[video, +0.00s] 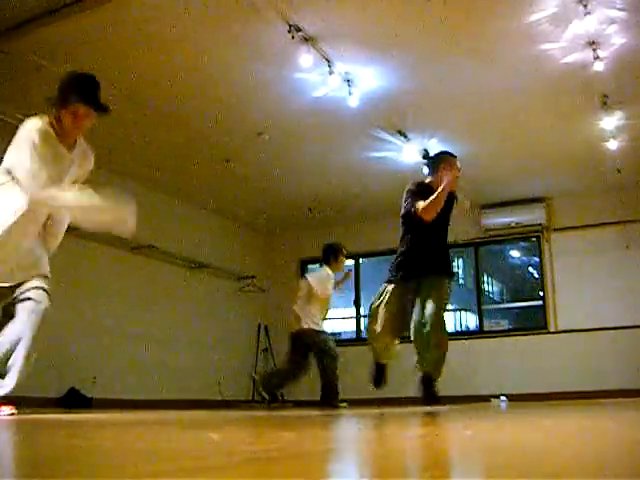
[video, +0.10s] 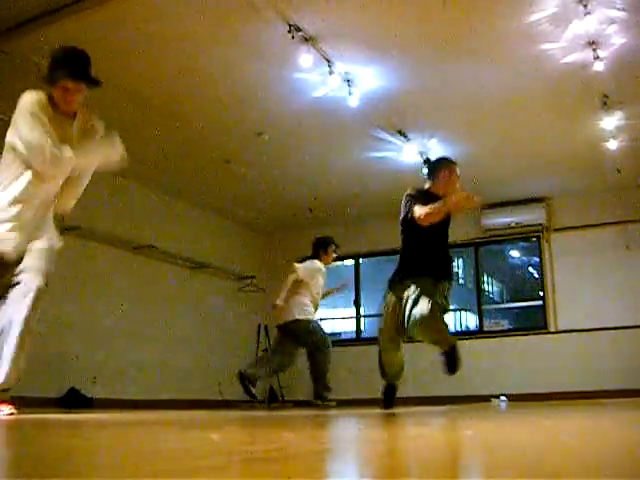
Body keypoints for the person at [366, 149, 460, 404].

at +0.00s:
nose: (457, 175)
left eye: (458, 170)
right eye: (454, 170)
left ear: (450, 173)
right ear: (440, 170)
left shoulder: (450, 197)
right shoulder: (415, 191)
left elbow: (464, 207)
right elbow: (425, 213)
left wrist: (471, 212)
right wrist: (445, 188)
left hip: (436, 267)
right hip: (406, 266)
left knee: (430, 324)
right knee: (384, 322)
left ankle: (429, 380)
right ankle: (381, 359)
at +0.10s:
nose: (457, 181)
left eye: (457, 177)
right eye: (454, 176)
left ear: (444, 176)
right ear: (442, 175)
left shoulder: (446, 200)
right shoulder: (413, 197)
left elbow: (470, 202)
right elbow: (423, 217)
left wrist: (460, 203)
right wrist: (453, 203)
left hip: (434, 273)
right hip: (406, 274)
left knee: (420, 319)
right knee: (388, 333)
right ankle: (390, 382)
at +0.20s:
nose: (456, 196)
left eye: (455, 190)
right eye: (453, 190)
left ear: (442, 191)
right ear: (440, 190)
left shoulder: (446, 224)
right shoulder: (411, 213)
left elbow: (461, 251)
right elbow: (414, 248)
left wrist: (477, 230)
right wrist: (449, 246)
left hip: (439, 292)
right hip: (409, 292)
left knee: (442, 337)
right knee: (397, 341)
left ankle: (465, 374)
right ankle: (395, 392)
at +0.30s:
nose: (460, 195)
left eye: (459, 189)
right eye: (456, 188)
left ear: (445, 191)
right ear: (441, 189)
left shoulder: (457, 229)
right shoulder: (410, 222)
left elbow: (461, 268)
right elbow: (403, 260)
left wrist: (482, 248)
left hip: (448, 302)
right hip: (417, 302)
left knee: (462, 360)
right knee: (399, 354)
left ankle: (471, 410)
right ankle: (390, 389)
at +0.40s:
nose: (462, 185)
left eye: (462, 180)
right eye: (457, 179)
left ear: (456, 184)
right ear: (441, 181)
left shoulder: (465, 219)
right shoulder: (415, 212)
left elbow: (462, 254)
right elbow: (385, 232)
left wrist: (454, 219)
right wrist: (377, 268)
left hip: (448, 287)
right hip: (418, 282)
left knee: (461, 345)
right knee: (425, 312)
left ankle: (467, 394)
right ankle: (399, 352)